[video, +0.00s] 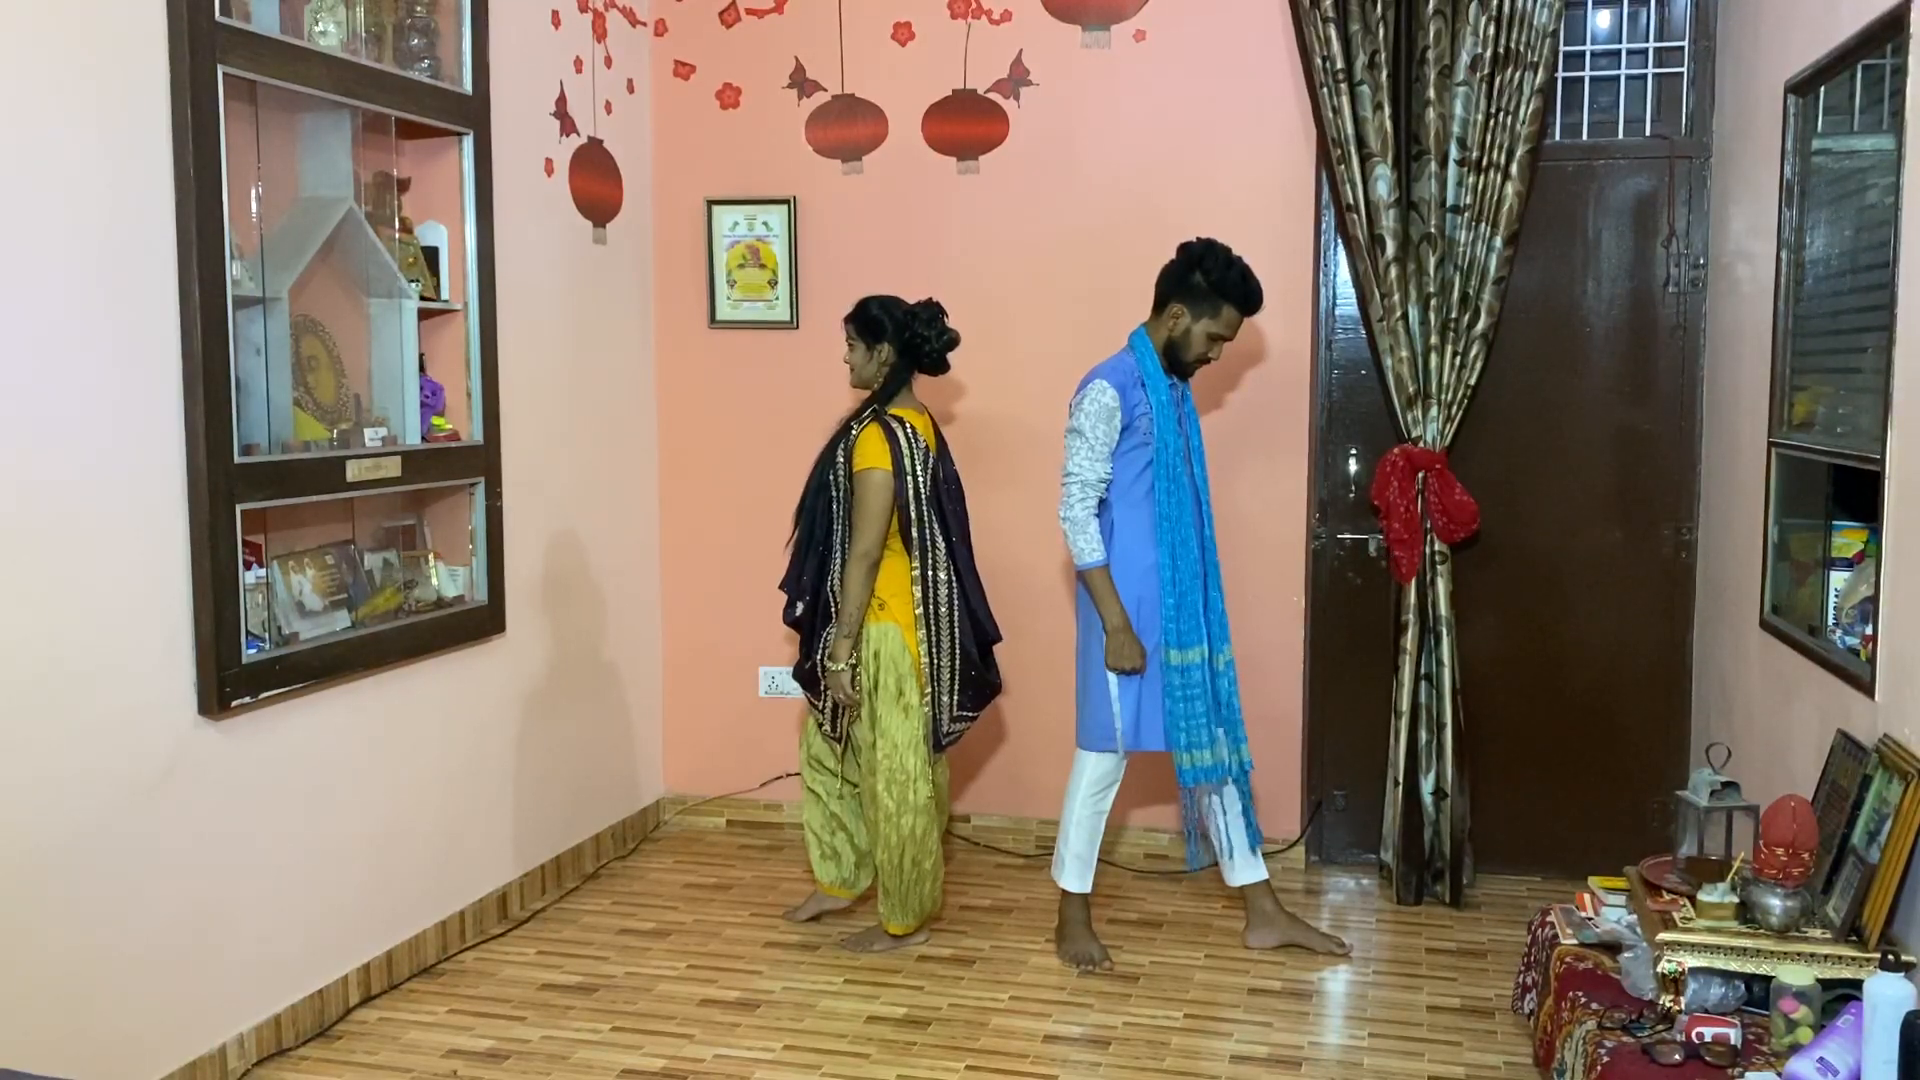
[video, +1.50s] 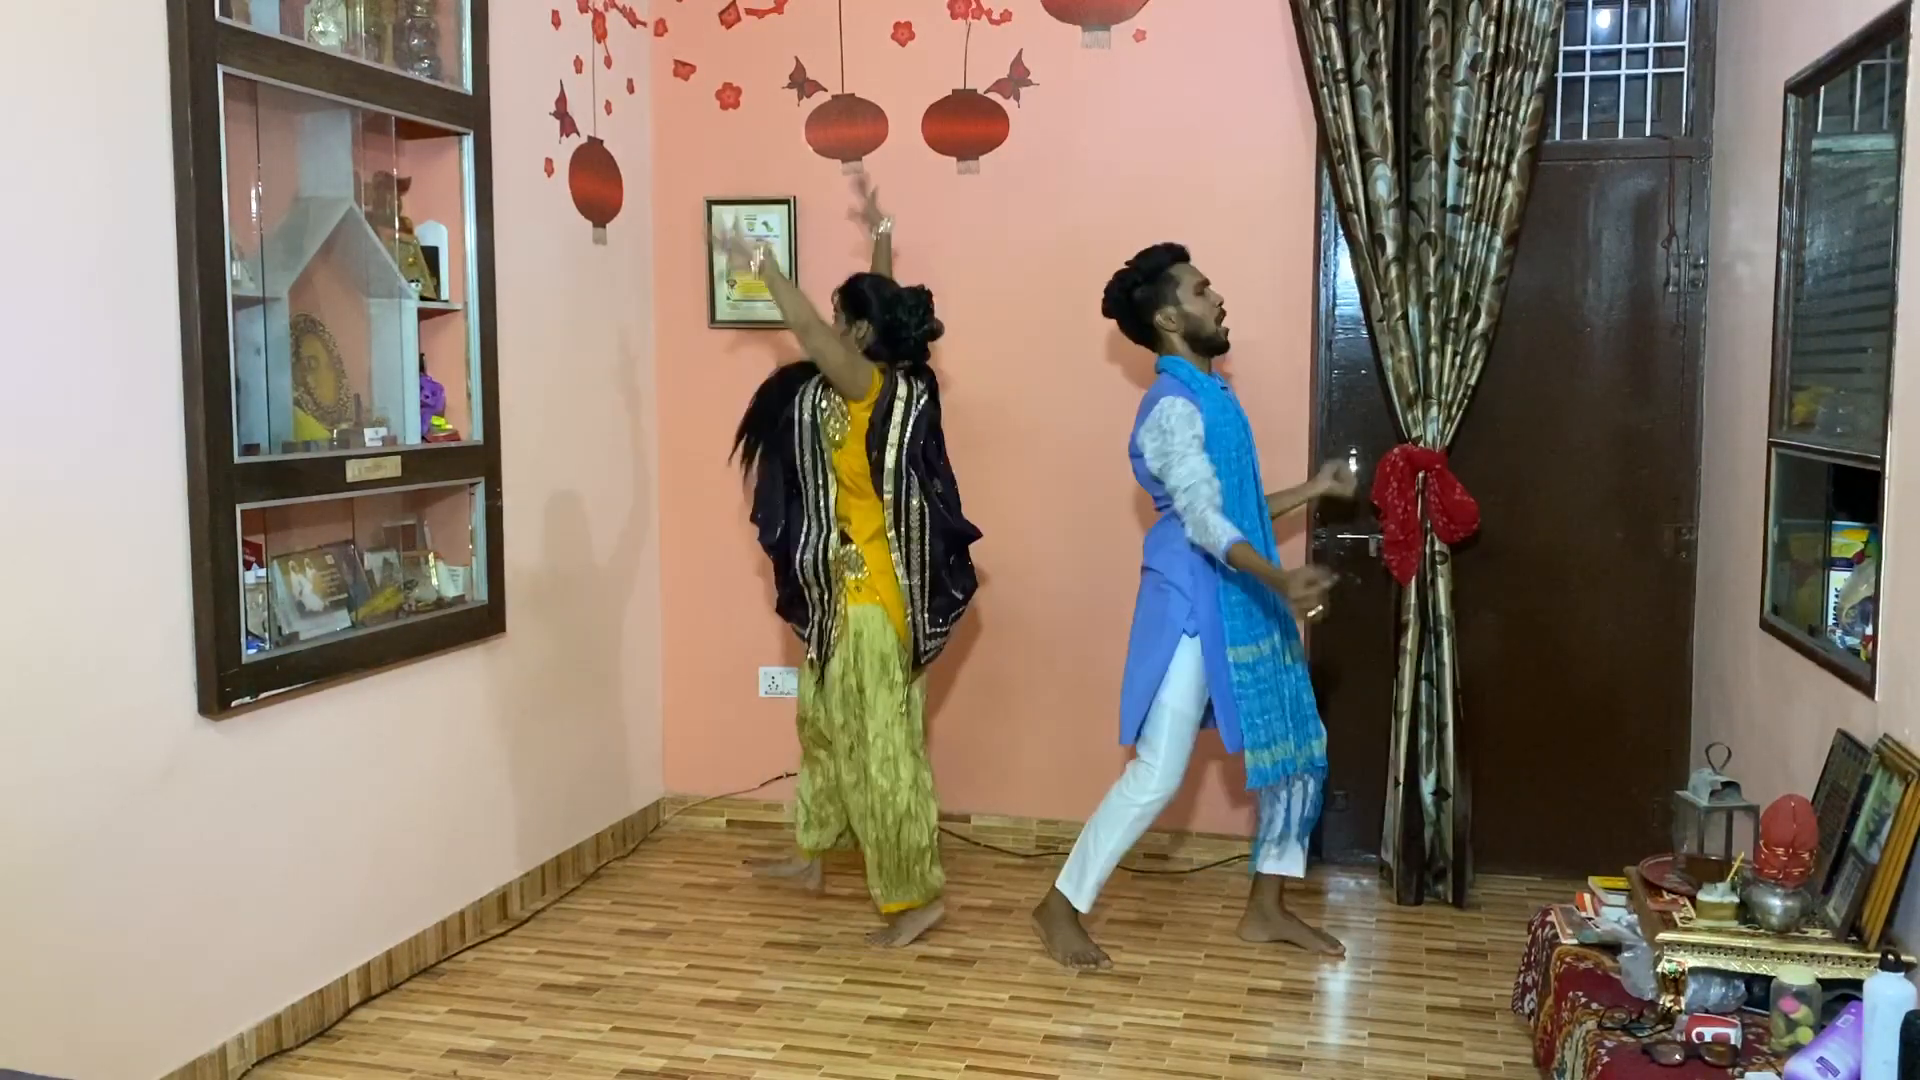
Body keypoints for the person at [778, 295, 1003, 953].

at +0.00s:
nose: (845, 359)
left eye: (854, 347)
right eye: (846, 346)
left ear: (885, 354)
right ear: (894, 354)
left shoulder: (879, 434)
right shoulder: (914, 424)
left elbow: (867, 550)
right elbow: (885, 546)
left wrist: (841, 645)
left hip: (885, 628)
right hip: (887, 618)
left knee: (897, 775)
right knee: (828, 752)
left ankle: (905, 915)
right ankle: (841, 879)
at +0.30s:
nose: (845, 359)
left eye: (854, 347)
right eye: (846, 346)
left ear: (885, 354)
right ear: (894, 354)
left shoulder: (879, 434)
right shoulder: (915, 424)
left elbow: (866, 550)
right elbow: (884, 546)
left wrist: (840, 647)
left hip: (883, 628)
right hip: (884, 619)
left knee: (896, 774)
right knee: (827, 753)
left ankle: (906, 915)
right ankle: (841, 879)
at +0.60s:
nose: (845, 358)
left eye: (853, 348)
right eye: (847, 347)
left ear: (884, 354)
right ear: (896, 354)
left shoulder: (879, 435)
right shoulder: (916, 425)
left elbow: (866, 549)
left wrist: (841, 645)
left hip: (881, 628)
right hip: (888, 619)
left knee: (894, 775)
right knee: (828, 752)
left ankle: (905, 918)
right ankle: (841, 879)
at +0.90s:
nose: (846, 359)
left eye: (854, 348)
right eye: (847, 347)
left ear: (885, 355)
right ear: (897, 356)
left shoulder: (877, 434)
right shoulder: (915, 426)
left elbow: (866, 547)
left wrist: (832, 640)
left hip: (879, 628)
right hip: (893, 619)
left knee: (894, 774)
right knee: (823, 749)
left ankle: (905, 917)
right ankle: (841, 879)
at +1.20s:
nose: (844, 371)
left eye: (852, 361)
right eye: (848, 360)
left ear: (880, 369)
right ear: (891, 372)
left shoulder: (890, 436)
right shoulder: (886, 432)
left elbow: (783, 423)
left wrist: (822, 408)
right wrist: (834, 414)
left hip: (879, 633)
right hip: (847, 628)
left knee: (879, 776)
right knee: (809, 763)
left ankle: (909, 916)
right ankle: (844, 890)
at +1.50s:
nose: (827, 330)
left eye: (835, 320)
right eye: (829, 320)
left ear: (864, 332)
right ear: (883, 334)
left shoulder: (868, 388)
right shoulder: (892, 382)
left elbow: (820, 342)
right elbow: (886, 306)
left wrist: (774, 278)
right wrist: (878, 229)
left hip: (871, 591)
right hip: (848, 586)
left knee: (879, 742)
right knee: (822, 723)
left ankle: (918, 895)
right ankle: (810, 855)